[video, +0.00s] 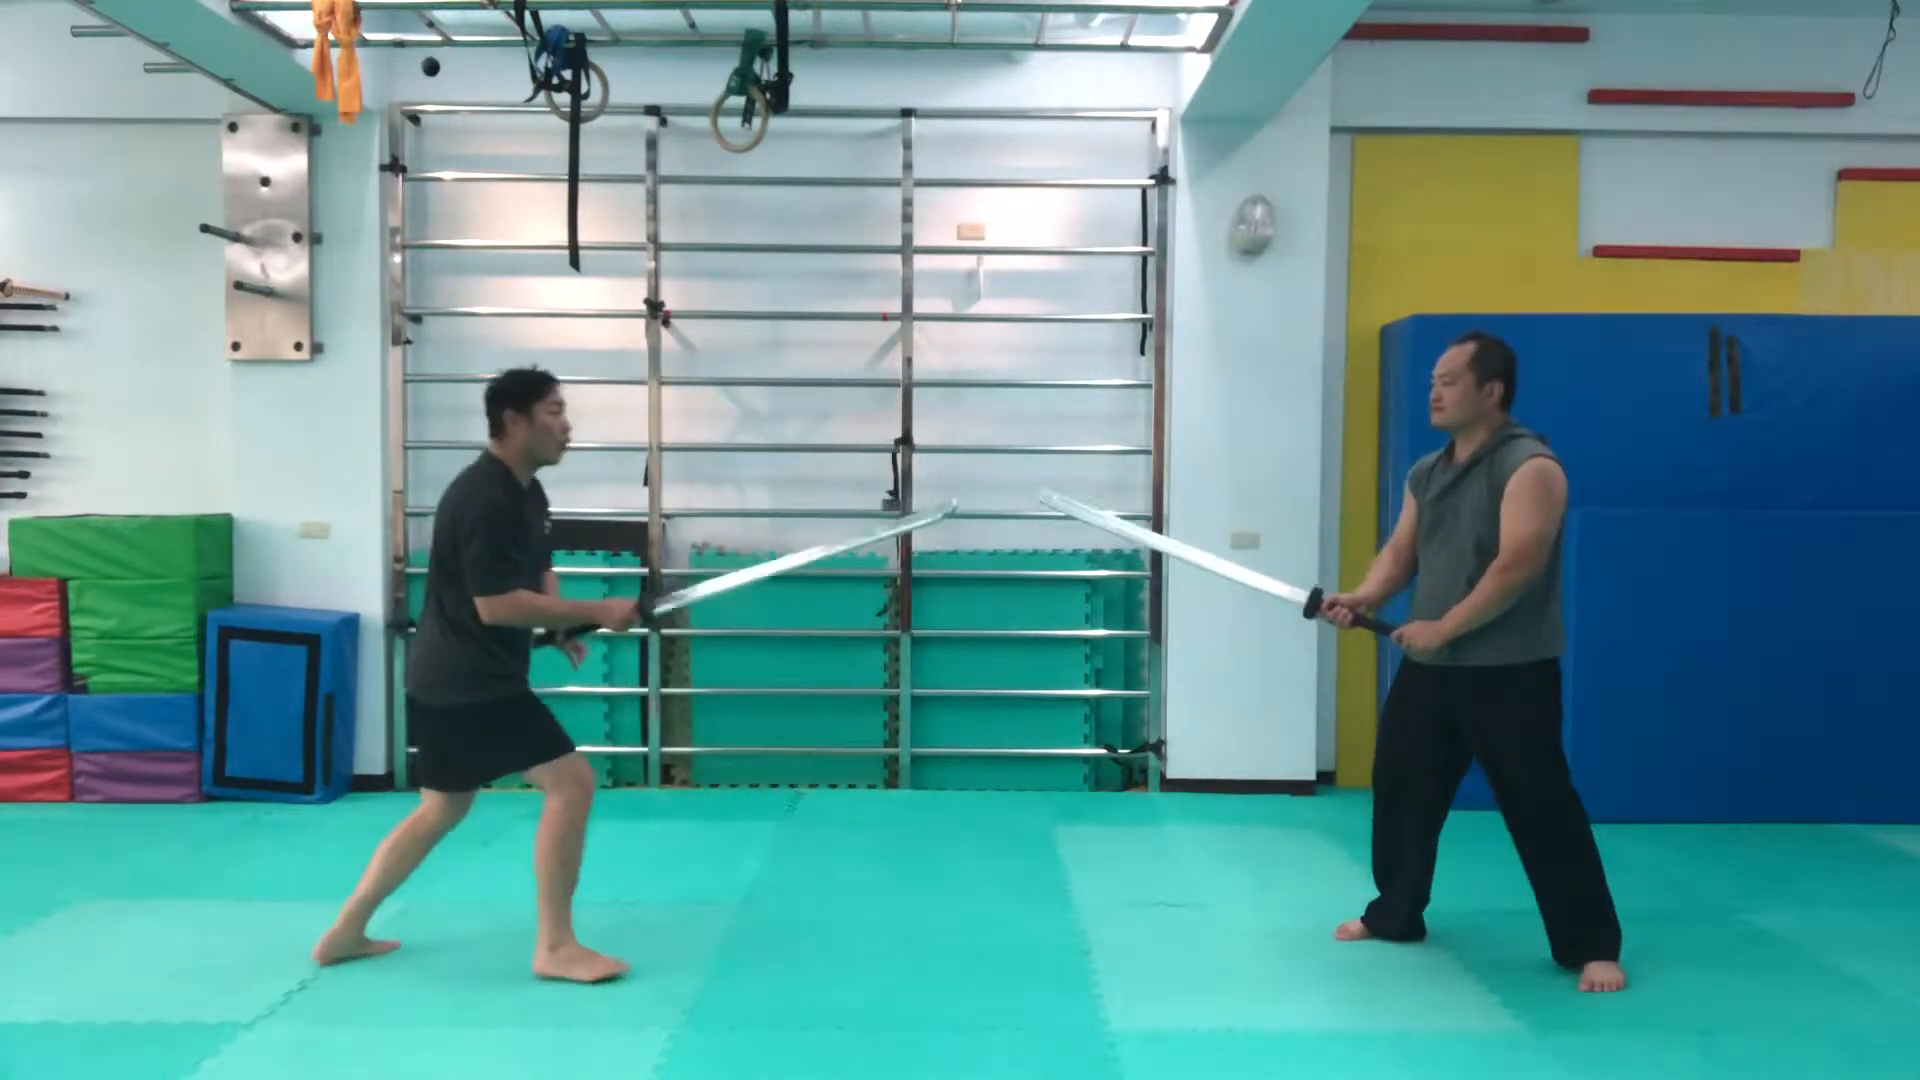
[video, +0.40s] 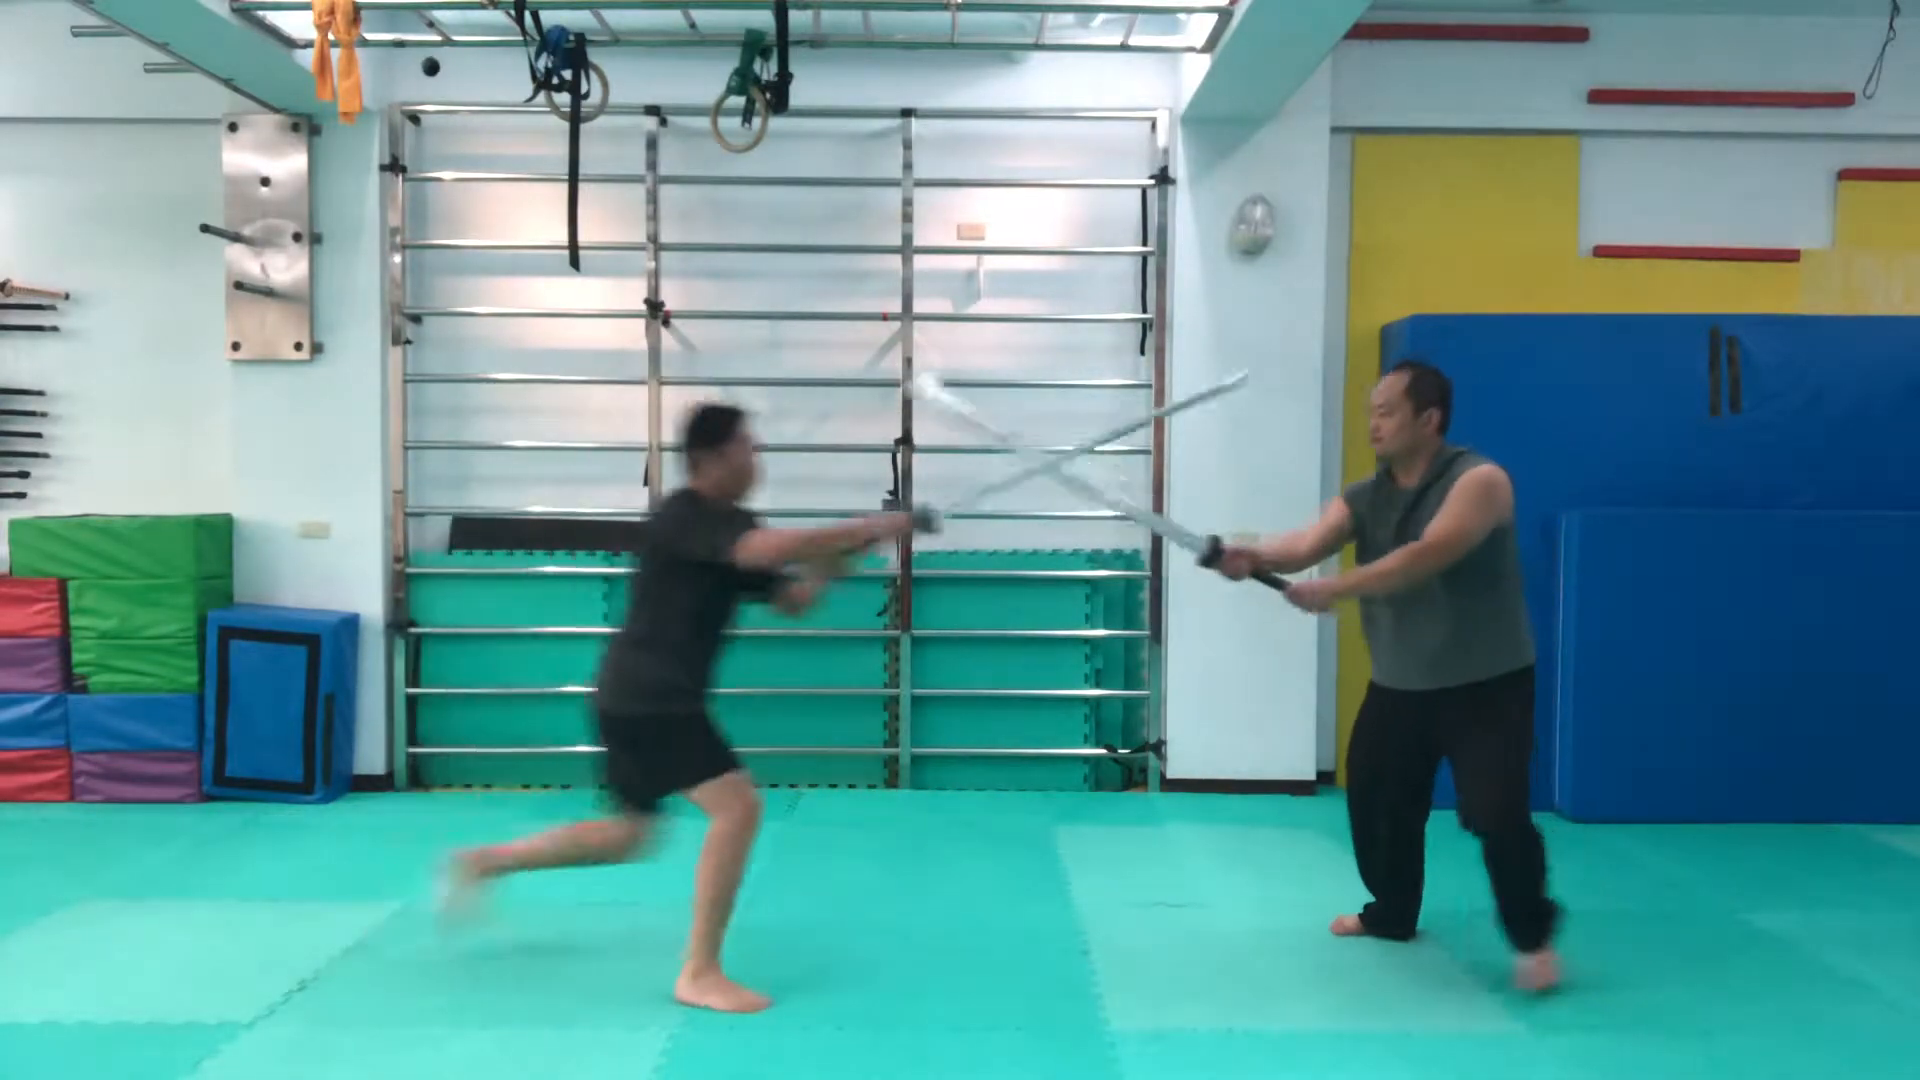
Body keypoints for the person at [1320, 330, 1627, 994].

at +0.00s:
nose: (1434, 393)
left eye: (1447, 383)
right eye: (1434, 382)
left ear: (1491, 392)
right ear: (1448, 392)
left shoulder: (1532, 469)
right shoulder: (1428, 474)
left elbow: (1518, 566)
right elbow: (1399, 553)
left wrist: (1442, 627)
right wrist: (1363, 597)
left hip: (1511, 675)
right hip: (1430, 671)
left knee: (1543, 808)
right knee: (1403, 789)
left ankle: (1594, 950)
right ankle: (1396, 916)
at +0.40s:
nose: (1372, 425)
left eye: (1385, 413)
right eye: (1371, 413)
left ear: (1429, 419)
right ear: (1377, 420)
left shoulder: (1481, 481)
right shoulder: (1366, 496)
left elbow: (1428, 555)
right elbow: (1305, 546)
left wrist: (1339, 587)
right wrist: (1251, 554)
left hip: (1487, 686)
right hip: (1399, 687)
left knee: (1497, 815)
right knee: (1378, 797)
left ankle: (1533, 942)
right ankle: (1391, 915)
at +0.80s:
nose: (1325, 466)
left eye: (1328, 453)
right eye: (1320, 455)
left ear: (1371, 439)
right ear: (1350, 450)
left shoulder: (1439, 454)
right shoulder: (1369, 502)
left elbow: (1340, 483)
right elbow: (1348, 578)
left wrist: (1264, 527)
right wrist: (1269, 581)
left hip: (1470, 684)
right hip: (1397, 683)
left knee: (1471, 868)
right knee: (1311, 768)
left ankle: (1528, 1043)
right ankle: (1442, 845)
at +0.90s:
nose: (1296, 471)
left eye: (1300, 455)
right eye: (1293, 458)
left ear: (1330, 439)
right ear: (1322, 445)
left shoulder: (1402, 461)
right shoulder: (1352, 506)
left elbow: (1283, 442)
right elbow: (1314, 561)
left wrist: (1226, 449)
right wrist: (1247, 509)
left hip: (1459, 691)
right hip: (1391, 687)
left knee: (1461, 865)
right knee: (1278, 686)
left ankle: (1526, 1041)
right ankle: (1356, 823)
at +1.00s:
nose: (1276, 471)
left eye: (1279, 459)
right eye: (1272, 460)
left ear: (1315, 439)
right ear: (1300, 444)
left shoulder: (1380, 468)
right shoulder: (1330, 503)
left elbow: (1262, 409)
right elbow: (1267, 530)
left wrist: (1204, 395)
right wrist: (1217, 456)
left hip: (1423, 703)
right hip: (1358, 697)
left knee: (1431, 889)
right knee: (1241, 677)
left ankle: (1525, 1043)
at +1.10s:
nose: (1249, 456)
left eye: (1253, 440)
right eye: (1246, 441)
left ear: (1291, 427)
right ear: (1277, 438)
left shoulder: (1353, 462)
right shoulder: (1300, 497)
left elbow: (1241, 389)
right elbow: (1231, 521)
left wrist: (1177, 377)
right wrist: (1185, 455)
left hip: (1377, 711)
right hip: (1312, 709)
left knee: (1405, 881)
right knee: (1181, 725)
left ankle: (1518, 1037)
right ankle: (1123, 876)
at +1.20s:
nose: (1204, 450)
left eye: (1210, 434)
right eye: (1201, 439)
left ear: (1244, 422)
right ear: (1239, 428)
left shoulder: (1303, 457)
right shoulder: (1241, 499)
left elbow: (1211, 386)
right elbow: (1166, 513)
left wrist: (1135, 355)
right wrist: (1127, 432)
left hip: (1320, 705)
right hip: (1259, 710)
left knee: (1378, 875)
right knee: (1137, 800)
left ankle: (1513, 1027)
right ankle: (1051, 949)